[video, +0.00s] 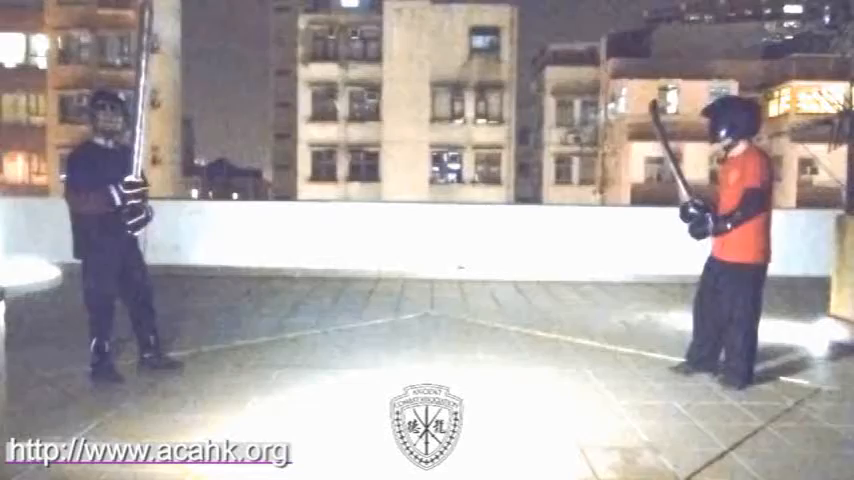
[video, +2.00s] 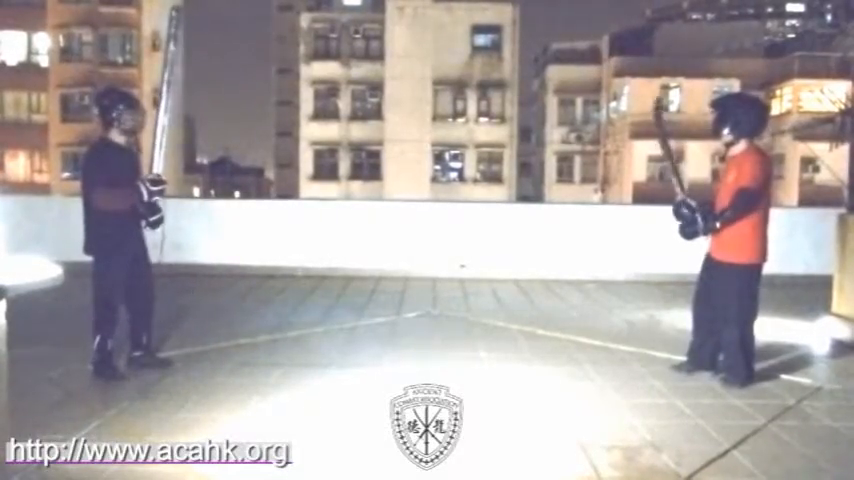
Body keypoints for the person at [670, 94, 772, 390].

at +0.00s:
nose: (712, 131)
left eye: (717, 124)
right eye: (713, 125)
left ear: (733, 127)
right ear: (729, 127)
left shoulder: (754, 160)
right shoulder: (727, 160)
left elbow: (754, 202)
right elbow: (726, 202)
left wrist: (720, 224)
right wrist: (704, 209)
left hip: (747, 255)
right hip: (722, 251)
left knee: (740, 315)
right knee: (708, 306)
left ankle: (737, 371)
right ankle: (701, 358)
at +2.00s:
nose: (718, 128)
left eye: (722, 121)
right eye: (719, 121)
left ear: (737, 125)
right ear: (738, 125)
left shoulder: (753, 160)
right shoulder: (731, 159)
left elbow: (746, 200)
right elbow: (726, 202)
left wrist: (713, 222)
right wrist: (702, 213)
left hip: (743, 253)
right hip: (721, 249)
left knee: (736, 313)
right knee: (705, 305)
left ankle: (737, 369)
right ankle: (701, 357)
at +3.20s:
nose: (719, 150)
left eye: (724, 143)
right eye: (719, 143)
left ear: (740, 145)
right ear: (726, 146)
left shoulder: (756, 182)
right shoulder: (727, 183)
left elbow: (753, 224)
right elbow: (719, 225)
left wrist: (725, 257)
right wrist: (703, 254)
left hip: (749, 276)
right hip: (724, 272)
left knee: (744, 336)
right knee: (715, 329)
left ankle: (744, 393)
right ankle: (708, 382)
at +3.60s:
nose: (706, 192)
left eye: (710, 185)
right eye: (705, 186)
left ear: (727, 182)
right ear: (711, 185)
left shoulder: (754, 212)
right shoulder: (719, 218)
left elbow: (746, 255)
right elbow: (717, 259)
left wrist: (721, 288)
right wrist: (710, 291)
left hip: (756, 306)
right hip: (729, 304)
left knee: (753, 367)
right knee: (717, 361)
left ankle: (749, 422)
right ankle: (709, 411)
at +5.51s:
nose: (719, 189)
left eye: (722, 181)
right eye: (718, 182)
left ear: (738, 178)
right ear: (733, 181)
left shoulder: (766, 208)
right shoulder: (736, 212)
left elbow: (760, 249)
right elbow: (731, 255)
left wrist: (733, 285)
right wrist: (720, 286)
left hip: (764, 302)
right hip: (739, 300)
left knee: (761, 363)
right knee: (727, 356)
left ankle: (758, 420)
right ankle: (719, 408)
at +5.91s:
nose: (719, 187)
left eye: (722, 180)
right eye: (718, 181)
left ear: (738, 178)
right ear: (736, 180)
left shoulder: (768, 206)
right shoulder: (737, 211)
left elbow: (762, 248)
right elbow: (731, 254)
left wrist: (735, 284)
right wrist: (721, 286)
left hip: (765, 301)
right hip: (739, 299)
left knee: (762, 363)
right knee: (727, 355)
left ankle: (759, 419)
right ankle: (720, 407)